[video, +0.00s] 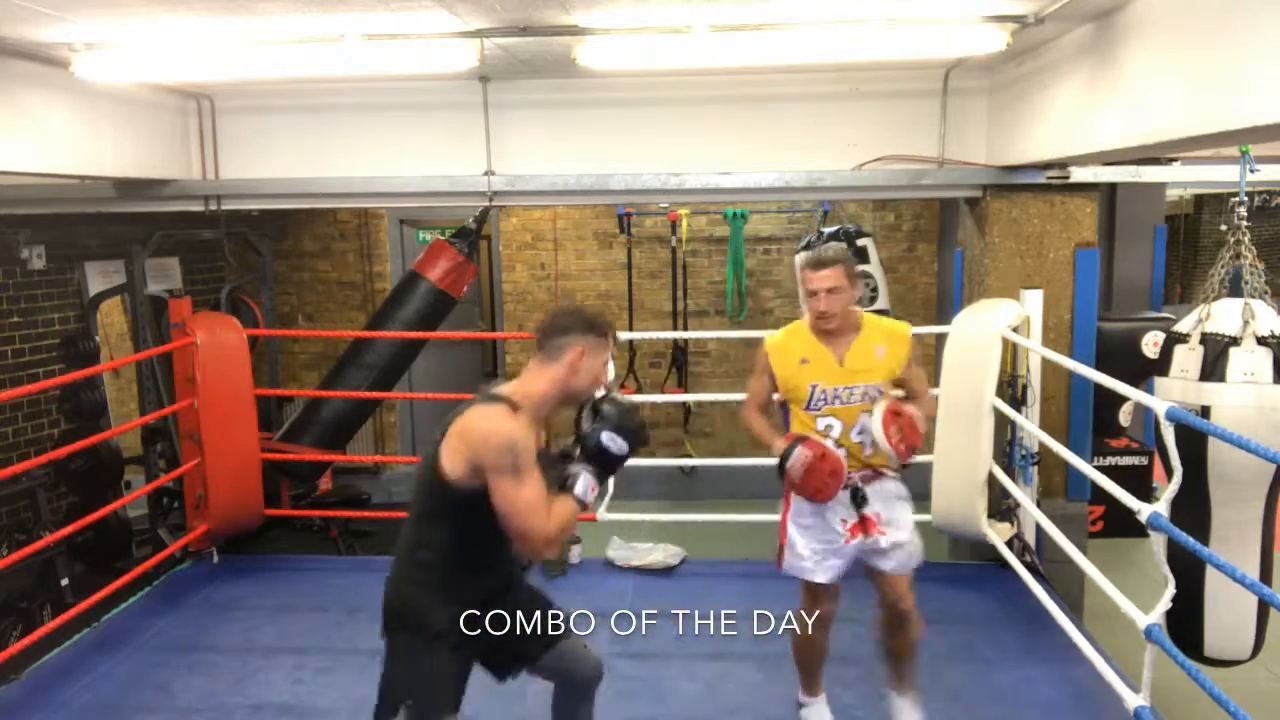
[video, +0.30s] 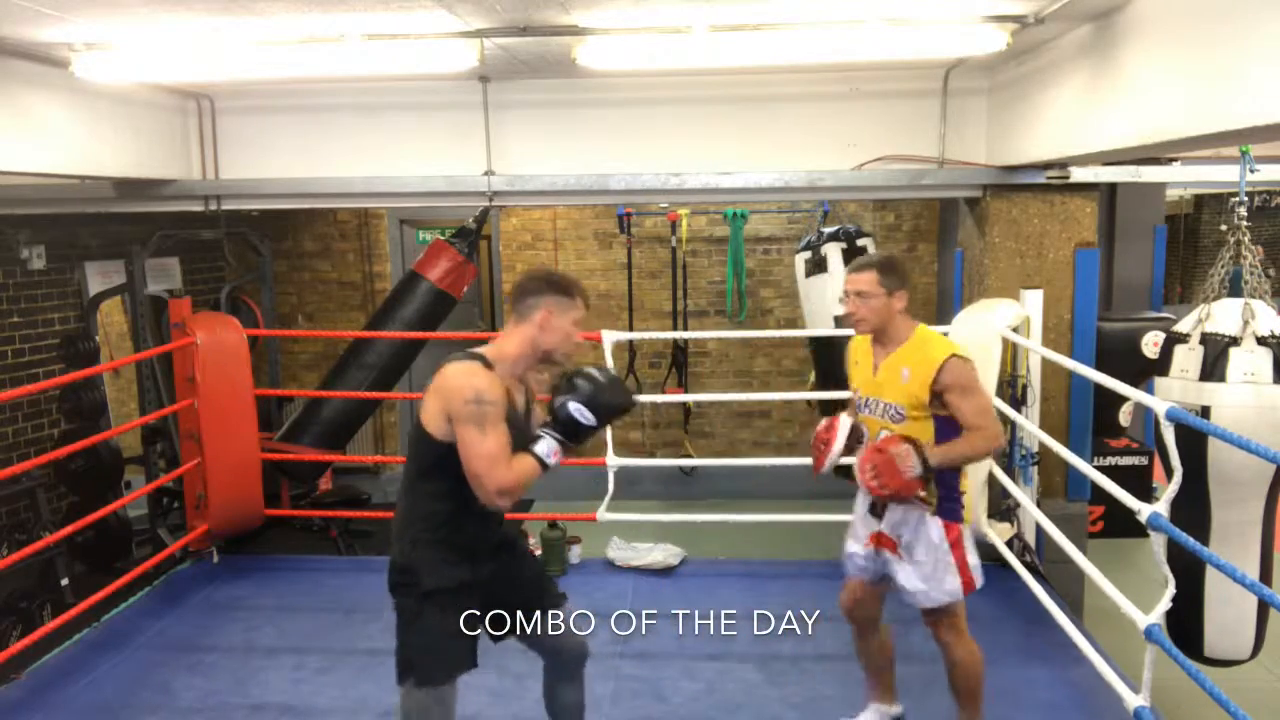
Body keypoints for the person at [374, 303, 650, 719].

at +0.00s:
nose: (606, 376)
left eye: (609, 363)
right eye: (605, 361)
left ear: (570, 358)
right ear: (575, 358)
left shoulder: (527, 414)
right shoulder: (497, 426)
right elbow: (539, 540)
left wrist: (568, 468)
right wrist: (592, 469)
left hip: (487, 594)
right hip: (435, 608)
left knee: (582, 671)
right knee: (421, 712)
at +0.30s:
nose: (580, 338)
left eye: (581, 327)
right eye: (576, 325)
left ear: (541, 322)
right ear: (541, 320)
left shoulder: (522, 387)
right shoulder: (470, 381)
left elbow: (515, 466)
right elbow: (497, 488)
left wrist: (562, 423)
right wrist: (560, 435)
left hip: (492, 555)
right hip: (434, 565)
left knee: (567, 650)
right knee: (428, 706)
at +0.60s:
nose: (517, 296)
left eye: (517, 283)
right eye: (509, 283)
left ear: (474, 283)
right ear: (473, 282)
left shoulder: (468, 345)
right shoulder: (412, 356)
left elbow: (468, 426)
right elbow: (451, 457)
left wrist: (519, 401)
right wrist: (507, 402)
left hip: (468, 526)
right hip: (409, 538)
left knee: (524, 623)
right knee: (382, 667)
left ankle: (553, 710)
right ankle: (348, 712)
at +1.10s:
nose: (546, 304)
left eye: (550, 293)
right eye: (543, 290)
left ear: (508, 285)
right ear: (509, 281)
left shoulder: (504, 343)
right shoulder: (455, 336)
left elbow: (516, 422)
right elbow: (514, 419)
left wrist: (566, 372)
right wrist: (558, 363)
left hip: (485, 517)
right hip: (431, 527)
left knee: (526, 614)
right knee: (396, 662)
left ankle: (535, 711)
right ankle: (348, 712)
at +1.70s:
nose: (505, 327)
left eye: (508, 317)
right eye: (505, 315)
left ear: (469, 299)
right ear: (484, 306)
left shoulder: (429, 342)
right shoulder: (447, 366)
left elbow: (482, 412)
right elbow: (511, 428)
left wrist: (526, 372)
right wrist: (542, 374)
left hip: (452, 527)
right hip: (406, 541)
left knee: (510, 618)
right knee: (380, 688)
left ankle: (532, 710)